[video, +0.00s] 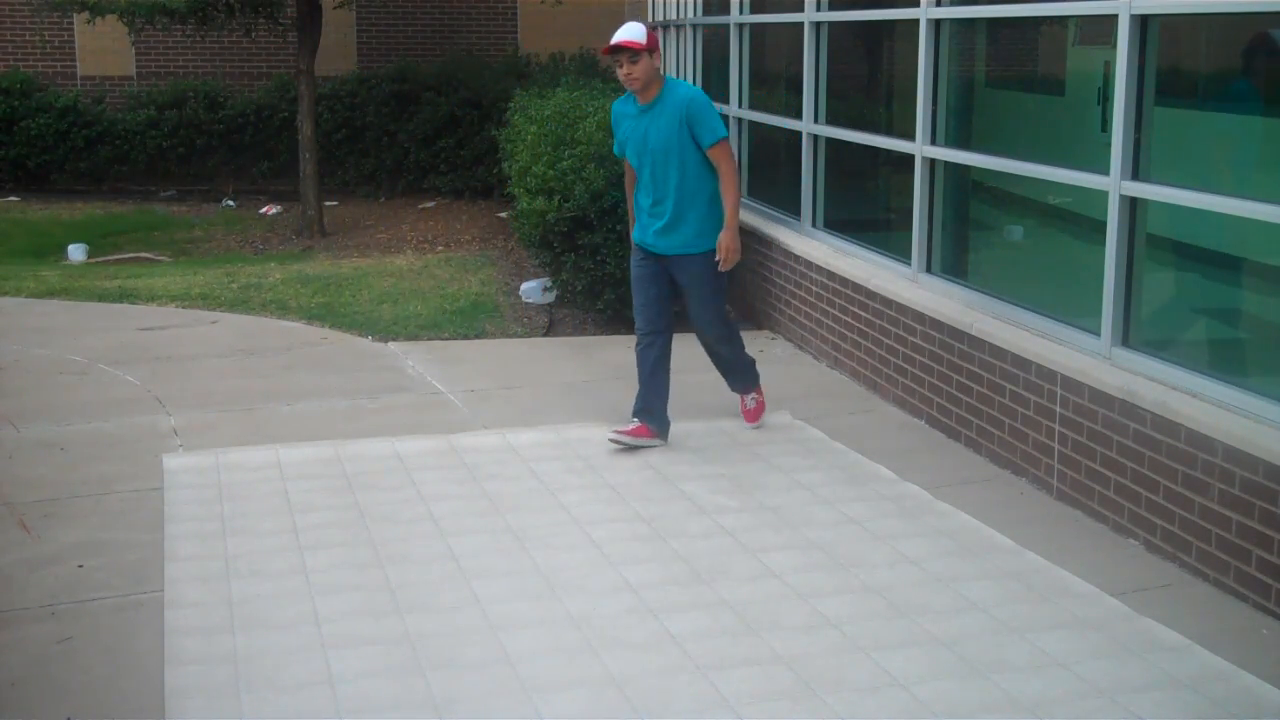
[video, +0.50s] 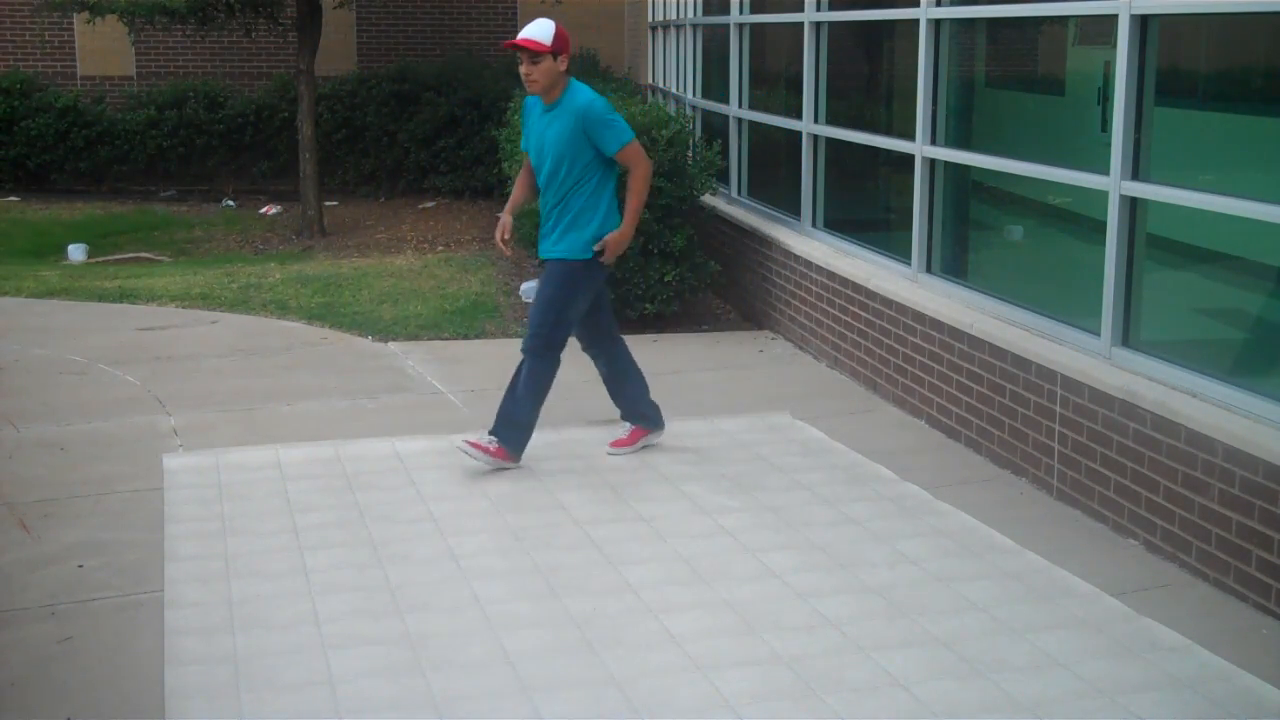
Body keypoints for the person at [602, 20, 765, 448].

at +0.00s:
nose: (625, 69)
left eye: (633, 59)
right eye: (619, 62)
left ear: (656, 58)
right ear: (614, 67)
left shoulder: (690, 100)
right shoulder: (622, 110)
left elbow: (726, 163)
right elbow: (631, 173)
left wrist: (731, 228)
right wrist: (635, 227)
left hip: (696, 240)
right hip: (647, 240)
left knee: (710, 325)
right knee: (649, 332)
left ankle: (746, 385)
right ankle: (651, 421)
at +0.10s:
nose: (605, 64)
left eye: (614, 54)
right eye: (599, 57)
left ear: (637, 54)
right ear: (595, 61)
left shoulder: (670, 96)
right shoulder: (606, 107)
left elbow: (706, 161)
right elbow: (612, 175)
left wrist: (718, 229)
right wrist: (610, 237)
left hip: (678, 237)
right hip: (632, 238)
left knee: (674, 327)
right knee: (643, 333)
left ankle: (734, 378)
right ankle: (650, 421)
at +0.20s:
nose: (588, 59)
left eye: (597, 49)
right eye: (582, 51)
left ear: (621, 50)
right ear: (578, 56)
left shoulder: (653, 95)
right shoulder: (591, 102)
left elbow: (692, 158)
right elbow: (593, 173)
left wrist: (703, 222)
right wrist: (579, 232)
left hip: (659, 232)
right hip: (617, 234)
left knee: (631, 322)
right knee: (632, 325)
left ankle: (686, 403)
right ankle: (647, 419)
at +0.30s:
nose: (569, 60)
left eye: (578, 51)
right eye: (563, 52)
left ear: (603, 51)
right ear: (559, 57)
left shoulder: (633, 96)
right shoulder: (574, 103)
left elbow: (677, 156)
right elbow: (572, 171)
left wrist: (685, 221)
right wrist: (548, 222)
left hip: (636, 232)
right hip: (607, 233)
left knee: (595, 323)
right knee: (632, 329)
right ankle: (650, 423)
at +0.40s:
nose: (547, 65)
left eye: (557, 55)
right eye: (543, 56)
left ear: (583, 57)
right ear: (539, 61)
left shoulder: (612, 100)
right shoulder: (555, 106)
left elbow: (660, 159)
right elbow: (550, 172)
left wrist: (659, 227)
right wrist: (523, 215)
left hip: (614, 240)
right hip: (586, 240)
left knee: (570, 334)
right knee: (623, 335)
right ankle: (650, 424)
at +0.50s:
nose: (525, 70)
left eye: (535, 61)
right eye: (521, 61)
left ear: (562, 62)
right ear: (519, 62)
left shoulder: (588, 106)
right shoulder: (532, 104)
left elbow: (640, 165)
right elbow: (531, 165)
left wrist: (626, 231)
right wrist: (509, 209)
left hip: (584, 245)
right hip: (558, 244)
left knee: (542, 342)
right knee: (600, 338)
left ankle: (507, 442)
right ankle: (645, 418)